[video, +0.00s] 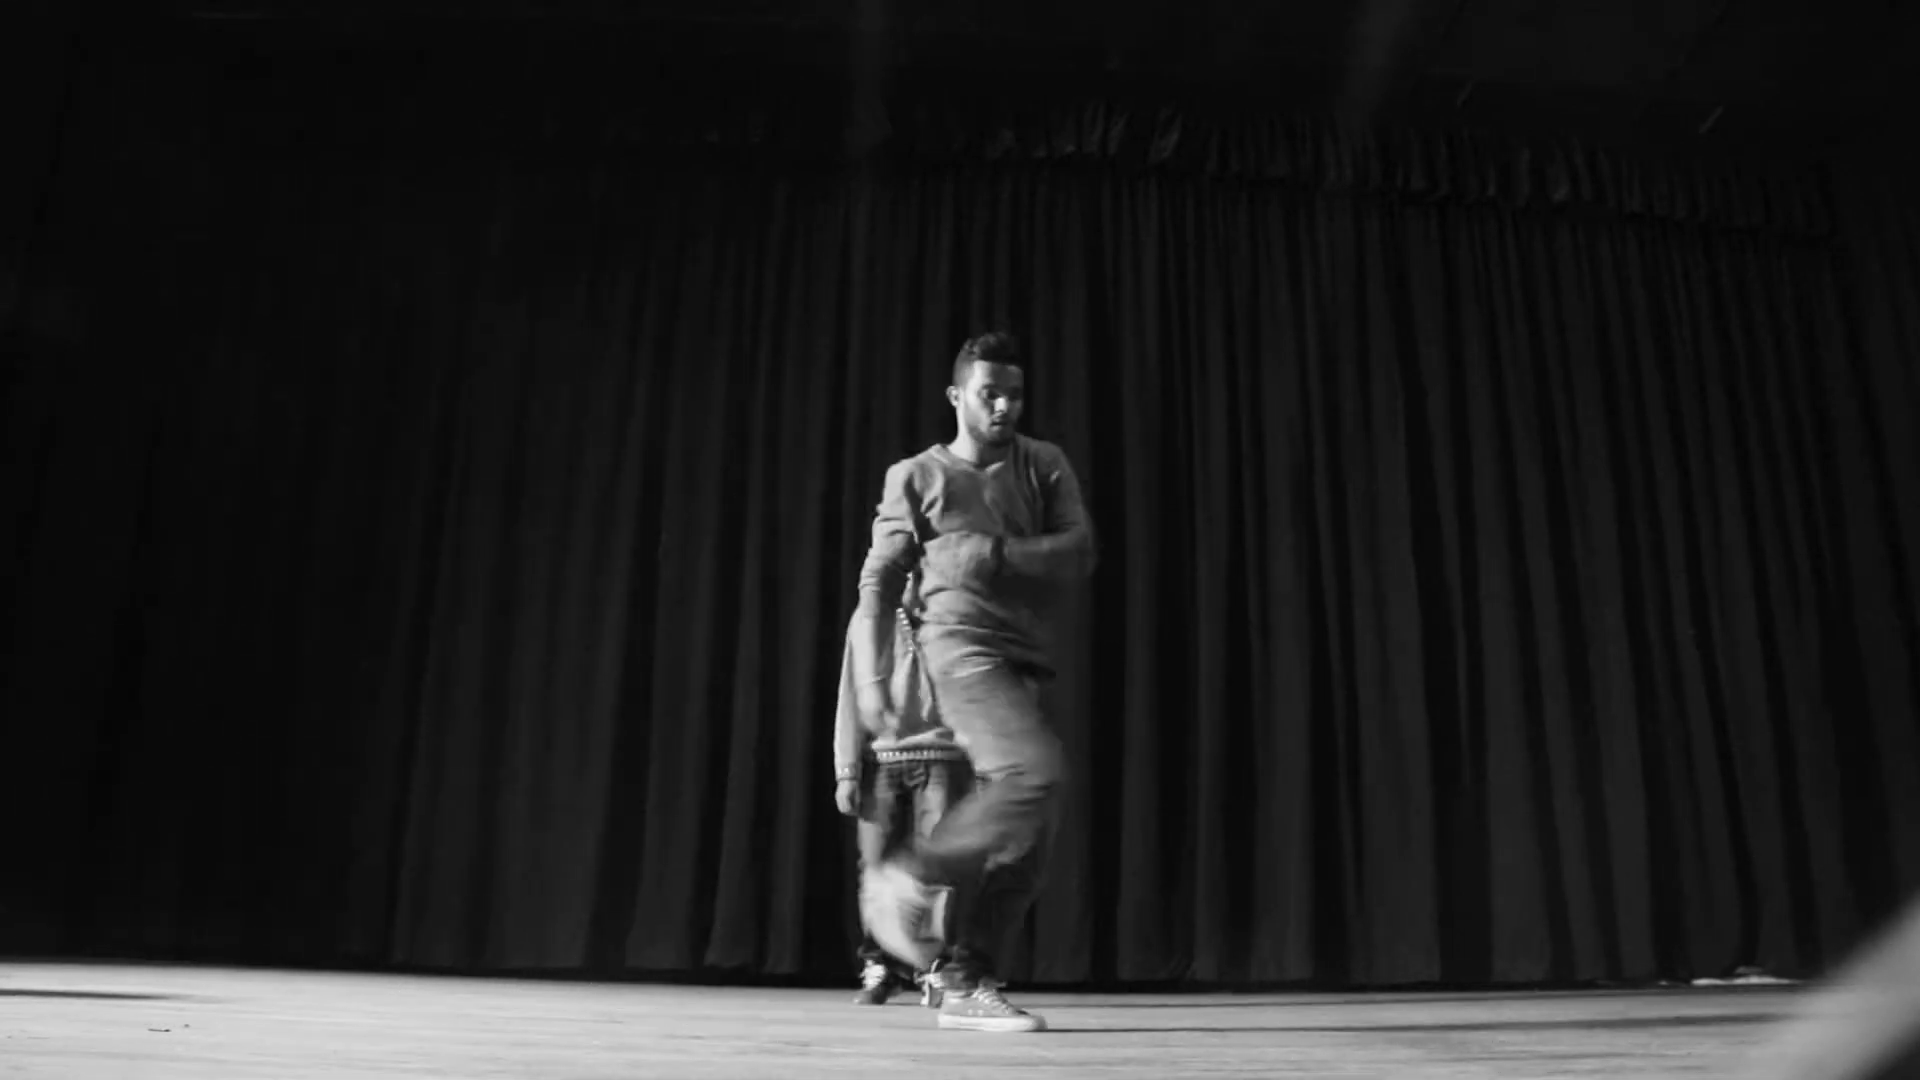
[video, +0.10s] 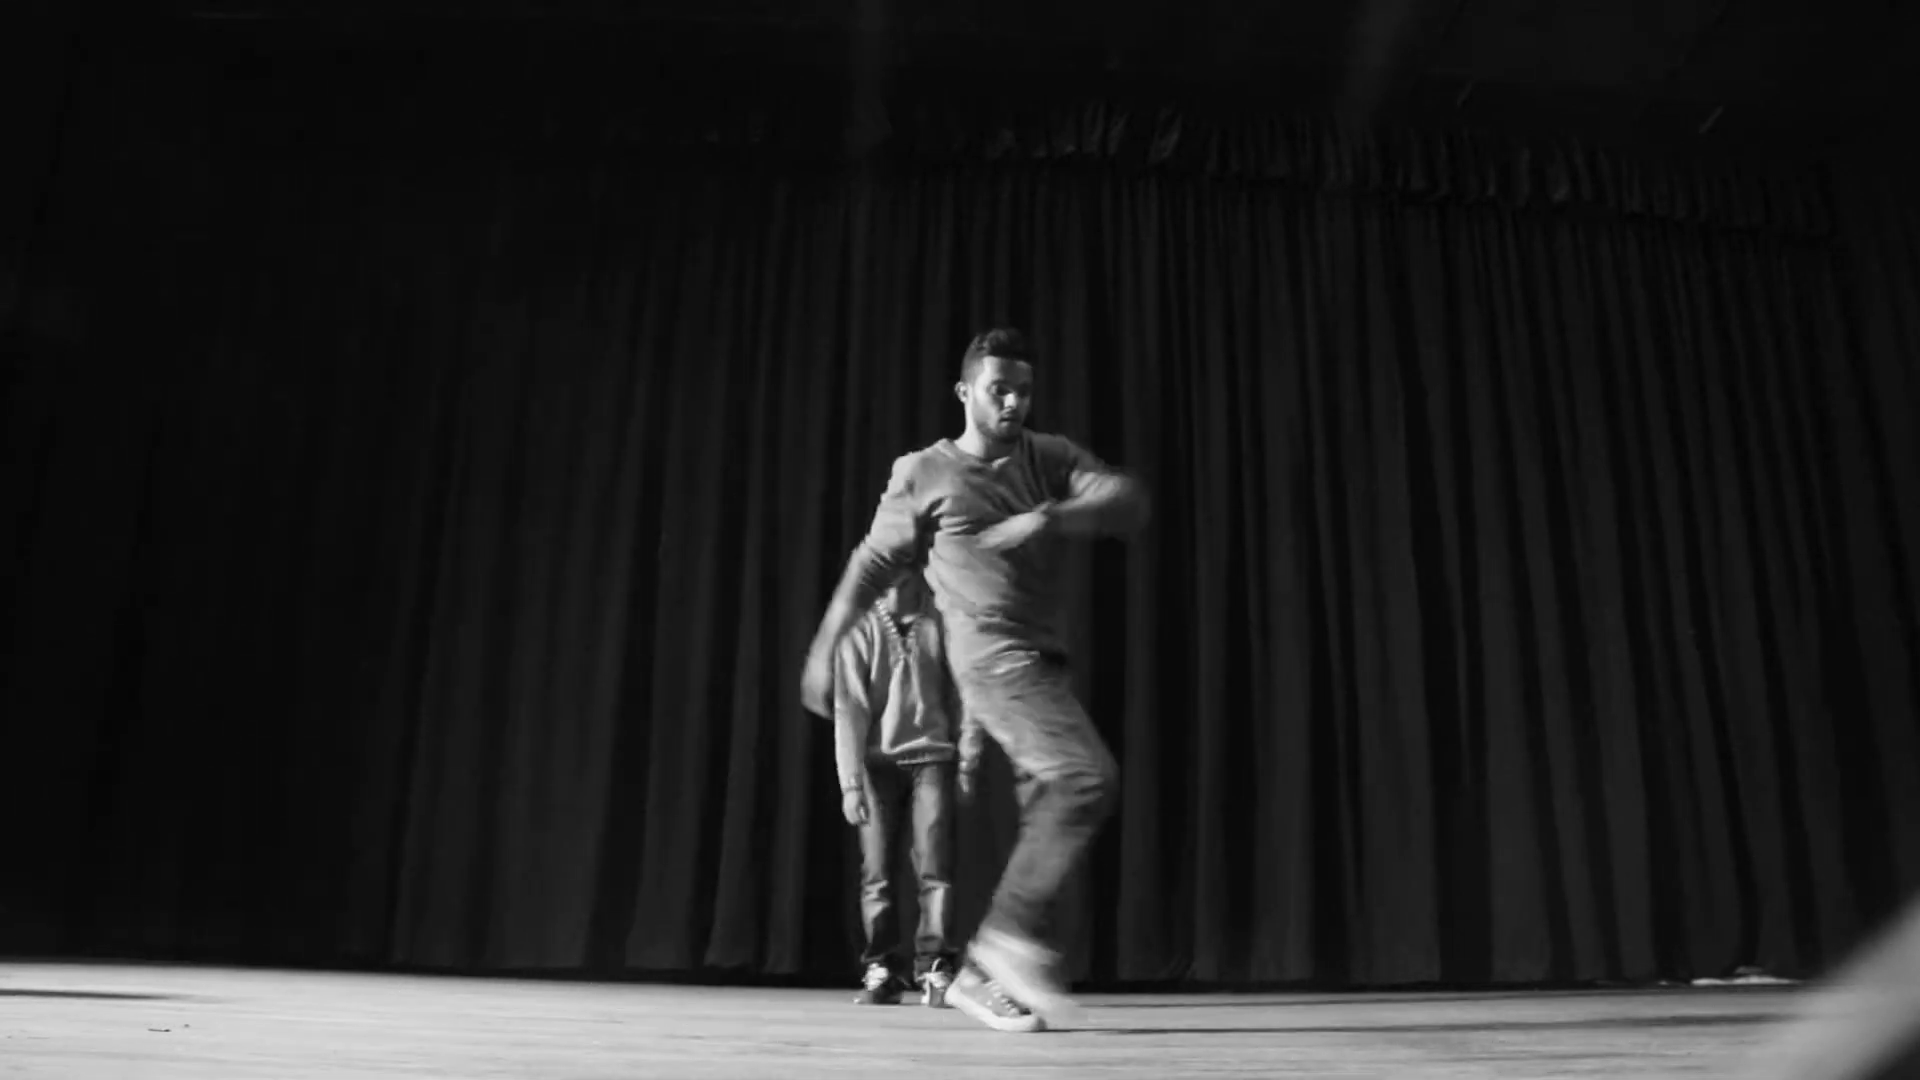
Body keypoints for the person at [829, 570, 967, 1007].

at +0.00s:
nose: (909, 590)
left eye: (916, 581)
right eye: (901, 582)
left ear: (929, 583)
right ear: (885, 584)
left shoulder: (945, 625)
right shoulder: (867, 624)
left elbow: (972, 696)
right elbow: (849, 699)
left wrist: (981, 759)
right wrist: (847, 770)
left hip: (939, 760)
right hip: (881, 761)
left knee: (938, 866)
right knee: (874, 869)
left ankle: (934, 965)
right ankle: (877, 961)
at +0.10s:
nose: (894, 588)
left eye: (903, 578)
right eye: (885, 580)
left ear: (919, 577)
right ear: (873, 583)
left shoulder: (943, 626)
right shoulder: (858, 634)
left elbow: (967, 692)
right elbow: (848, 712)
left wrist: (967, 759)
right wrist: (851, 784)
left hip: (932, 756)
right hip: (876, 757)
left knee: (934, 866)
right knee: (878, 871)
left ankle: (934, 966)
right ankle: (880, 967)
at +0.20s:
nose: (879, 617)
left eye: (886, 605)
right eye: (870, 607)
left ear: (902, 598)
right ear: (858, 604)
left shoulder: (934, 628)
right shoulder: (847, 646)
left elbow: (958, 695)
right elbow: (846, 728)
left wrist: (959, 754)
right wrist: (858, 801)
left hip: (927, 748)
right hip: (874, 754)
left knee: (927, 834)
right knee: (872, 861)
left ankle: (931, 951)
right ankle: (879, 963)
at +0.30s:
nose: (870, 632)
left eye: (877, 621)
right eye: (860, 622)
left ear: (893, 612)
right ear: (848, 619)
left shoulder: (925, 636)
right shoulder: (843, 664)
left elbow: (956, 705)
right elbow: (851, 745)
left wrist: (959, 761)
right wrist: (867, 823)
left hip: (922, 743)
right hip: (870, 751)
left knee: (928, 791)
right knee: (869, 856)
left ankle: (922, 903)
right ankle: (876, 963)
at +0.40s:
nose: (864, 636)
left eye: (871, 624)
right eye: (854, 627)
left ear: (886, 617)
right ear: (841, 624)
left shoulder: (919, 640)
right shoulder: (839, 672)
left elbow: (954, 707)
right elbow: (854, 754)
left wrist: (959, 767)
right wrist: (881, 835)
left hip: (916, 745)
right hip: (866, 754)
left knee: (928, 756)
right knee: (864, 857)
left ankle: (918, 866)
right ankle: (874, 964)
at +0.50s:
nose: (860, 631)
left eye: (867, 620)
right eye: (850, 622)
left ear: (881, 616)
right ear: (837, 623)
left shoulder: (915, 642)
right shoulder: (835, 676)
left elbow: (950, 707)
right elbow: (855, 758)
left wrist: (957, 768)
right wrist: (888, 834)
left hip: (912, 747)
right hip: (864, 757)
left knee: (927, 748)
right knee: (866, 862)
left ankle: (919, 855)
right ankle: (876, 965)